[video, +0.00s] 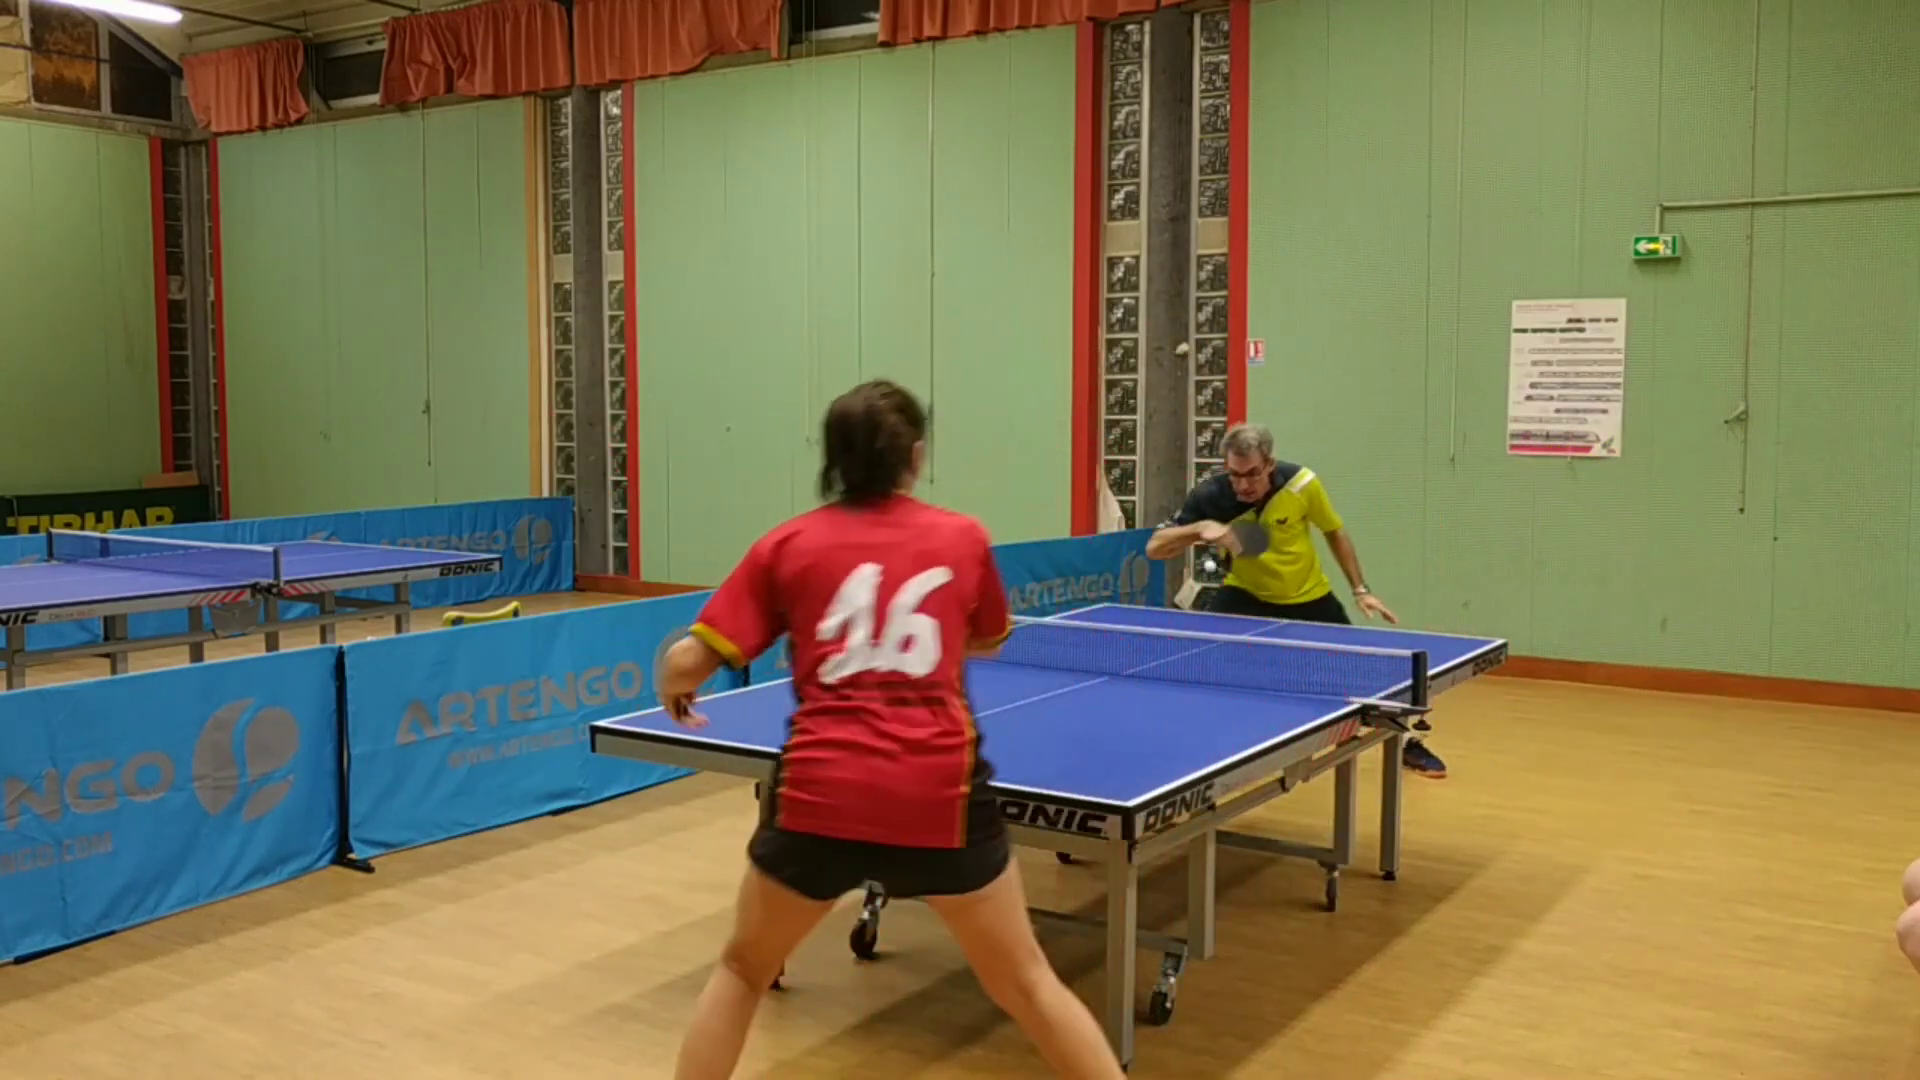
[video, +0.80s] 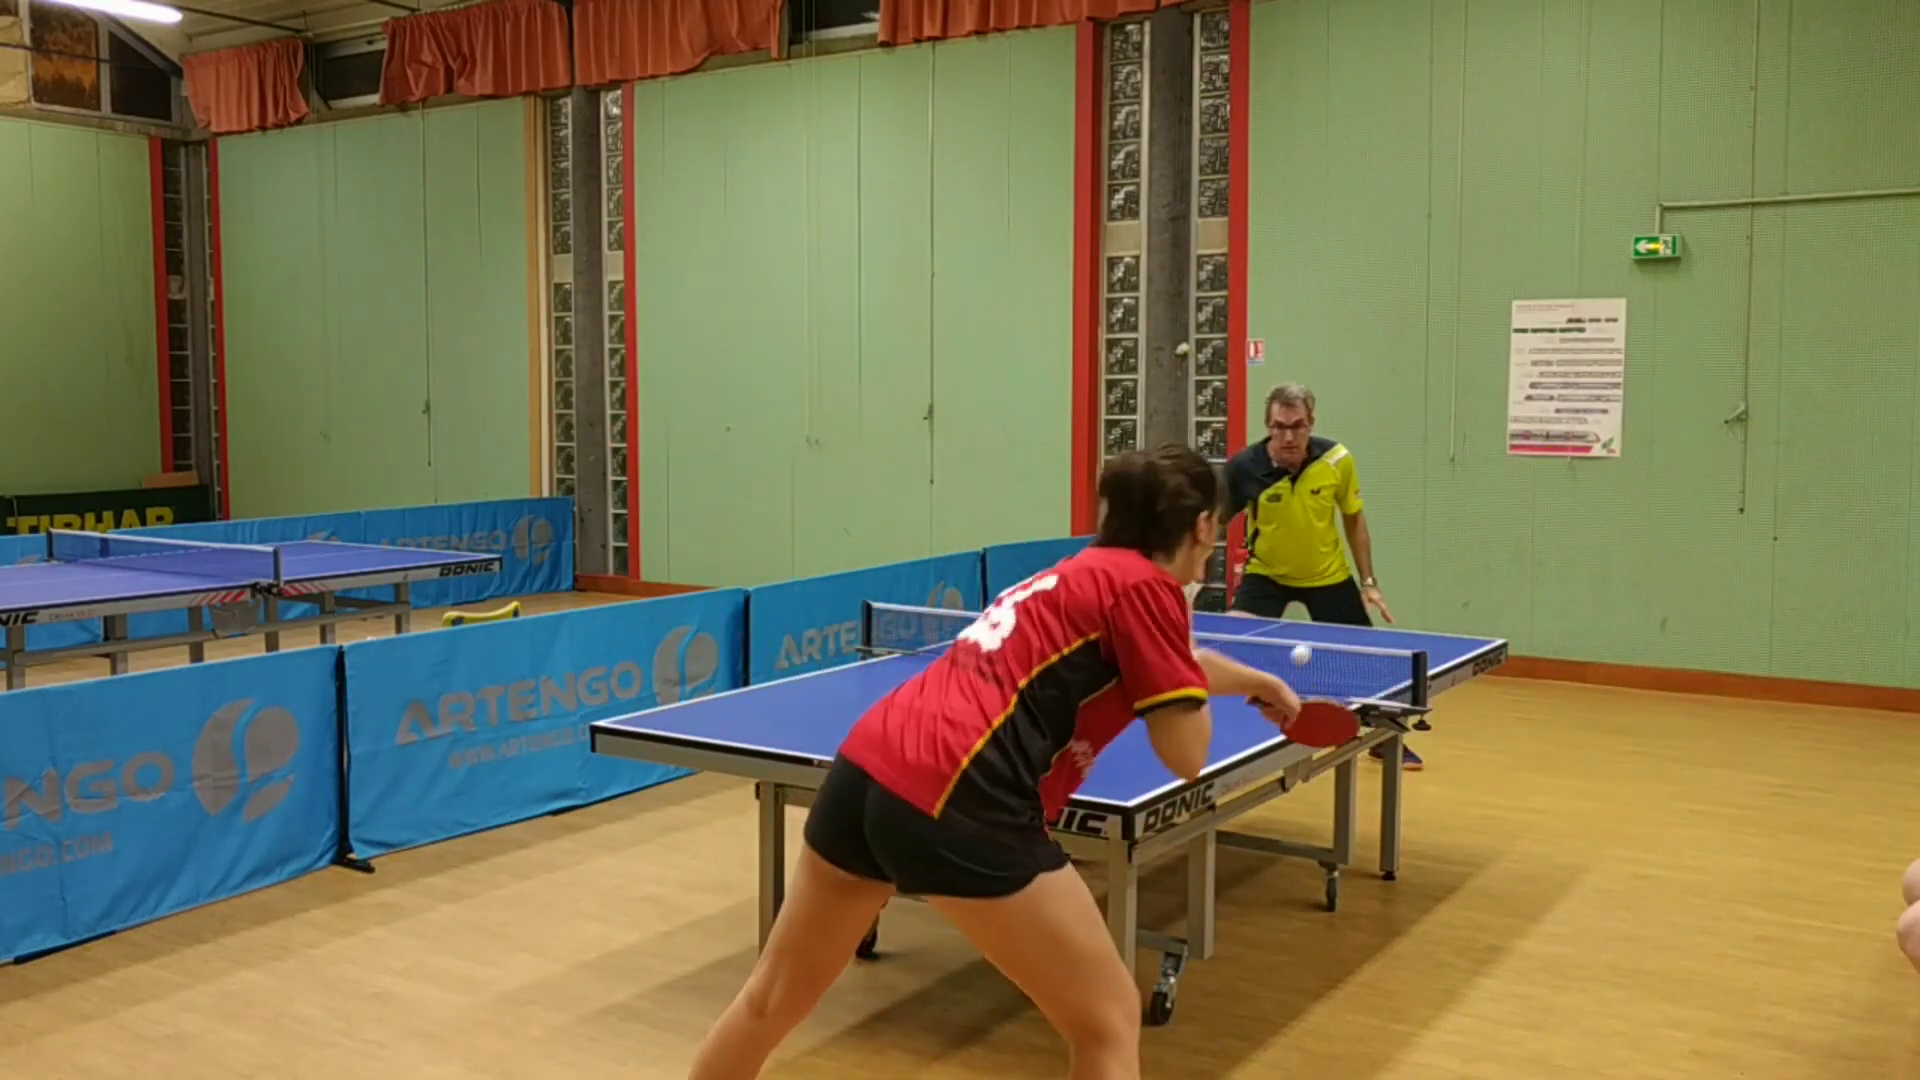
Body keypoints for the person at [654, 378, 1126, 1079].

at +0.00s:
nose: (924, 451)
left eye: (919, 441)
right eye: (922, 442)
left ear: (837, 455)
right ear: (914, 454)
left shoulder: (791, 545)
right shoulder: (961, 538)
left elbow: (691, 661)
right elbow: (989, 635)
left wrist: (674, 684)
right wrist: (898, 629)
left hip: (821, 802)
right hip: (940, 801)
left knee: (743, 972)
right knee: (1031, 985)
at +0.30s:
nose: (889, 456)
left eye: (885, 445)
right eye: (887, 446)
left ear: (796, 455)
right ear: (876, 454)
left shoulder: (747, 551)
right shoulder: (926, 538)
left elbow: (682, 686)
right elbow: (999, 669)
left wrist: (755, 674)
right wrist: (917, 638)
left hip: (787, 811)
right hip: (913, 806)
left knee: (726, 975)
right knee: (1030, 998)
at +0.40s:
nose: (933, 482)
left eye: (932, 471)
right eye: (932, 471)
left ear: (840, 477)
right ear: (917, 476)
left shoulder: (787, 566)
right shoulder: (956, 565)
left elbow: (729, 696)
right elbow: (1024, 716)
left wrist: (825, 685)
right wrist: (954, 662)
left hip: (797, 846)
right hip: (925, 844)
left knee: (740, 979)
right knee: (1063, 1022)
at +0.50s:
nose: (1008, 516)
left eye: (1009, 502)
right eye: (1008, 502)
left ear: (915, 503)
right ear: (989, 508)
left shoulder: (855, 584)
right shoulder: (1010, 599)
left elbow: (819, 698)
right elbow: (1060, 762)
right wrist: (988, 708)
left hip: (810, 865)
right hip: (934, 869)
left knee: (756, 990)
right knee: (1103, 1019)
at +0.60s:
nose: (1097, 545)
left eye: (1097, 532)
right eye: (1096, 532)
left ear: (1000, 526)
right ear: (1074, 535)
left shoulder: (937, 590)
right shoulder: (1072, 618)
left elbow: (950, 718)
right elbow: (1107, 783)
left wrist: (1069, 711)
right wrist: (1104, 719)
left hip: (833, 844)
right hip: (947, 860)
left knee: (768, 999)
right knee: (1132, 1020)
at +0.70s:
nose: (1176, 545)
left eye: (1178, 531)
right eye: (1174, 531)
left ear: (1079, 528)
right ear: (1151, 536)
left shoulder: (1022, 579)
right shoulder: (1128, 611)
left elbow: (1065, 674)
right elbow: (1154, 776)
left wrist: (1182, 686)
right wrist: (1147, 697)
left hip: (849, 813)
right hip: (960, 840)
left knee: (767, 1015)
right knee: (1131, 1018)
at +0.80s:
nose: (1214, 545)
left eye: (1214, 530)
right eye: (1214, 530)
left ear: (1125, 520)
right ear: (1193, 532)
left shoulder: (1077, 569)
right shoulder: (1149, 593)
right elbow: (1185, 751)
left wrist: (1261, 682)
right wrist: (1185, 667)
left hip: (862, 774)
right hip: (959, 806)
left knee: (766, 1000)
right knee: (1107, 1024)